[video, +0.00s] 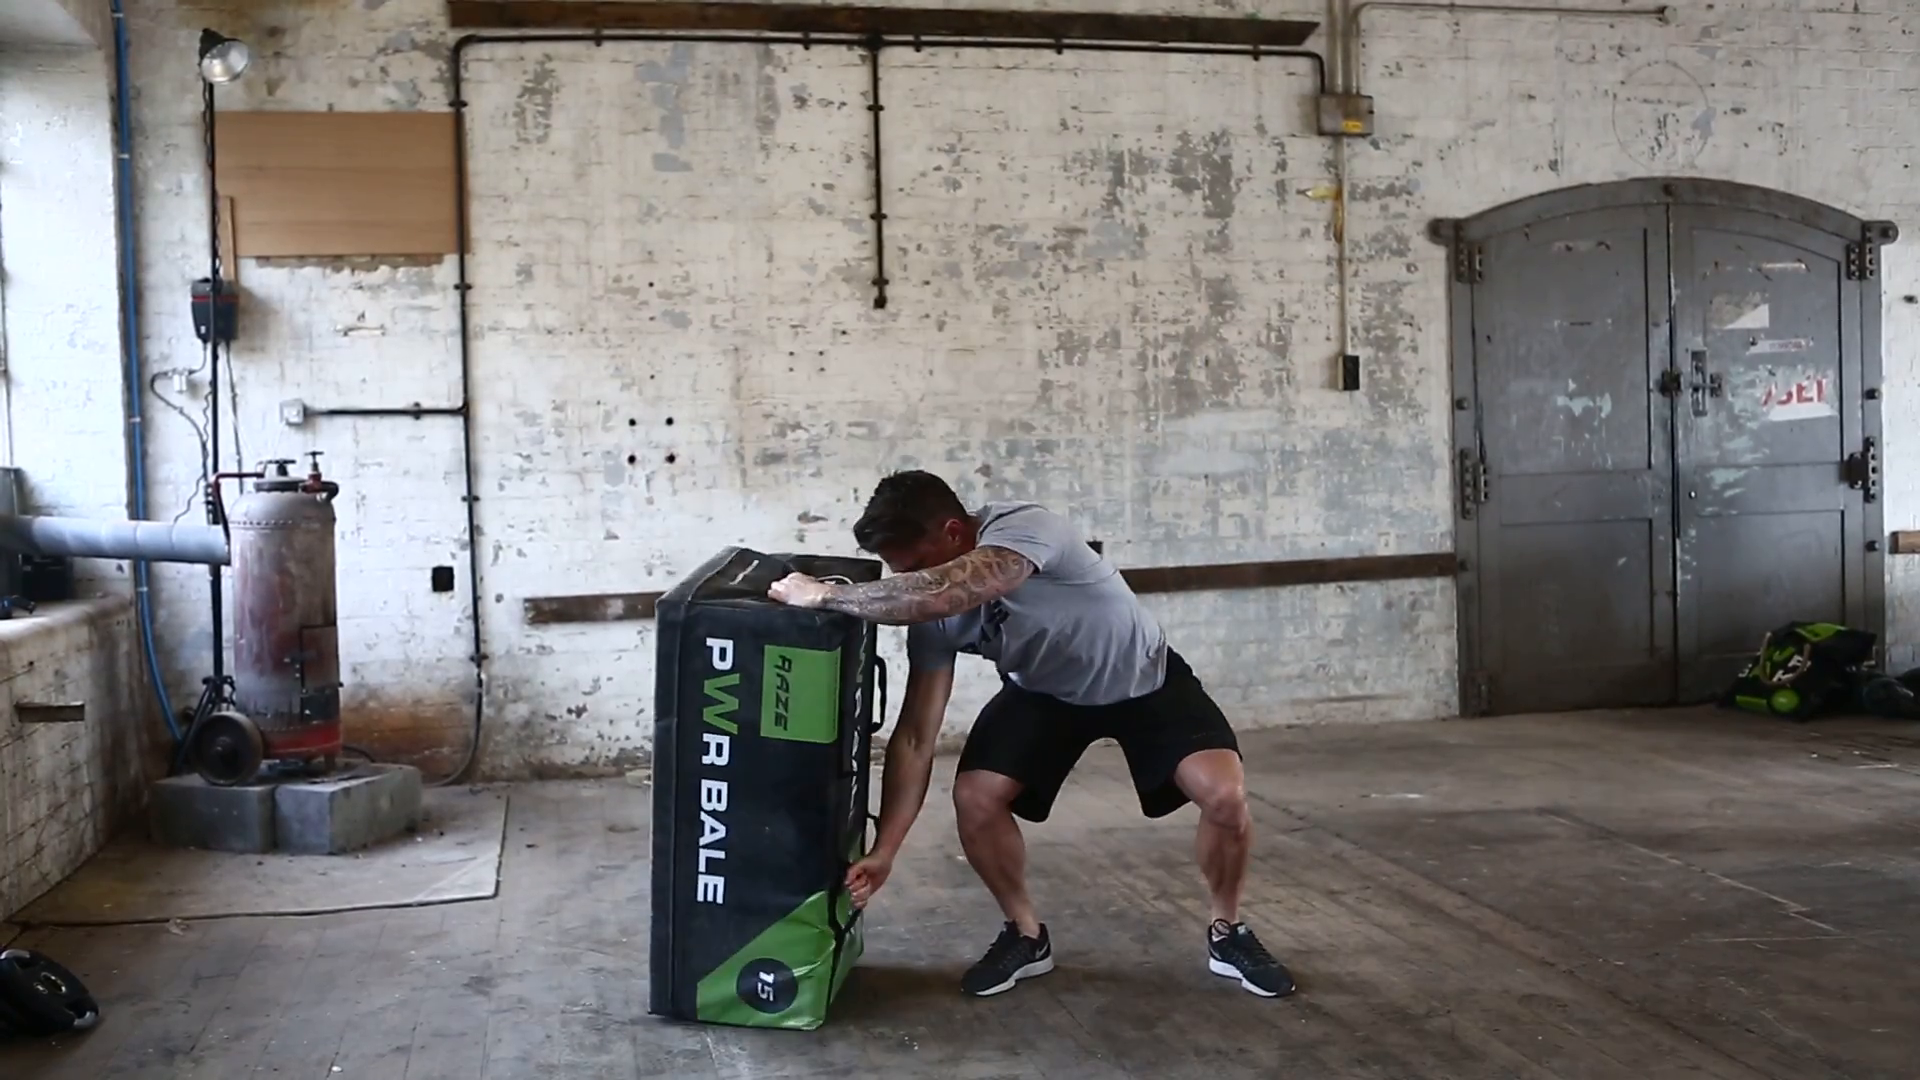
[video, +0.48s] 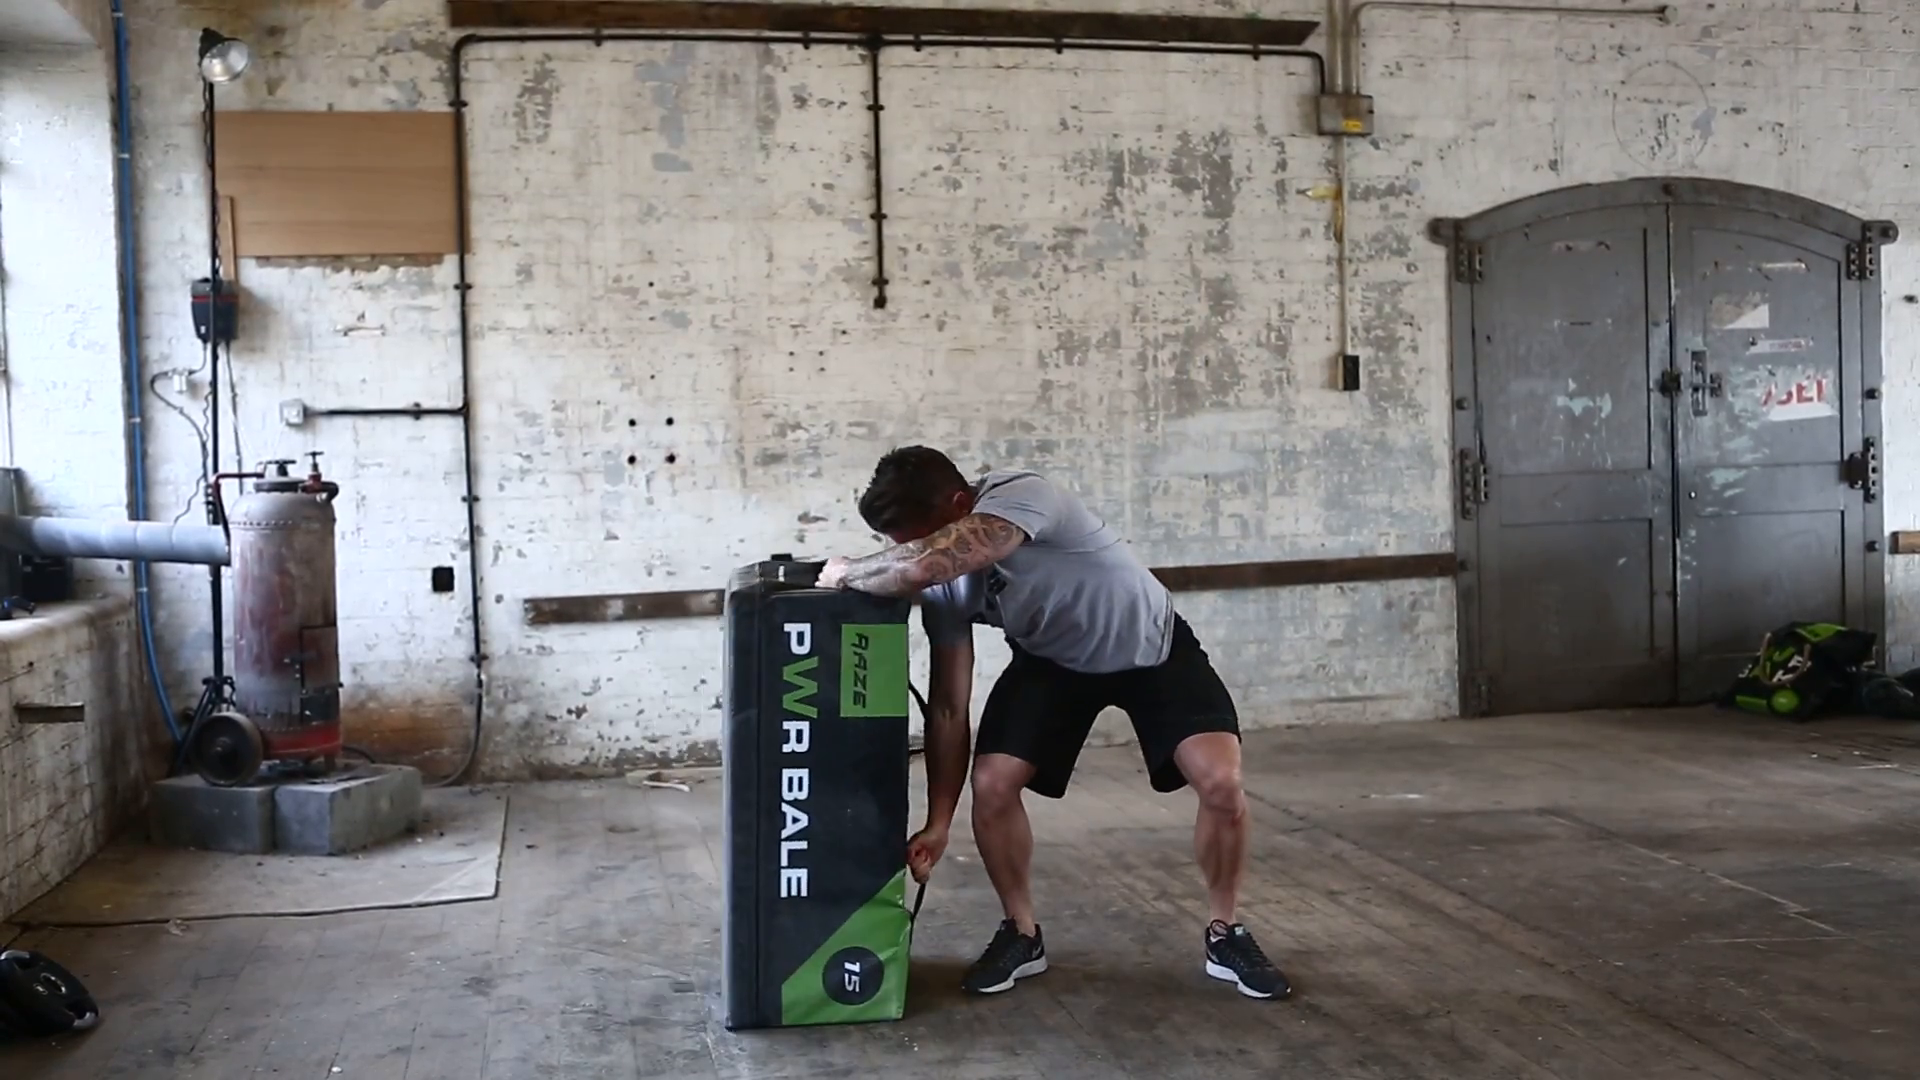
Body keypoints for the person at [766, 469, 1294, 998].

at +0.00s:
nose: (905, 582)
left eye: (909, 566)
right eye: (894, 572)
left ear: (954, 532)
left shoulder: (1030, 529)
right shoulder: (936, 613)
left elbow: (947, 597)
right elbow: (914, 737)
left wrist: (828, 594)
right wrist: (884, 851)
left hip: (1143, 675)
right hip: (1043, 693)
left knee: (1227, 796)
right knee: (976, 799)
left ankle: (1227, 932)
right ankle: (1026, 934)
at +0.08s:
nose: (911, 582)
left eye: (914, 567)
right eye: (900, 573)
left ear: (956, 536)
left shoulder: (1029, 529)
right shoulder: (937, 610)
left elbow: (939, 591)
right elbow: (915, 735)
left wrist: (823, 590)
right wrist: (880, 852)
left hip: (1145, 670)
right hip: (1044, 687)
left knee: (1231, 795)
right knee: (981, 798)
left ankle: (1229, 932)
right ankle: (1026, 934)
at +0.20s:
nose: (913, 576)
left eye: (916, 563)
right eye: (904, 569)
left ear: (954, 527)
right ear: (904, 562)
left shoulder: (1029, 524)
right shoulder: (938, 603)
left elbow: (923, 589)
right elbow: (919, 730)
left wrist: (823, 586)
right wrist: (885, 845)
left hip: (1146, 660)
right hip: (1047, 676)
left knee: (1231, 791)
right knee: (992, 796)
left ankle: (1230, 931)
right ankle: (1023, 934)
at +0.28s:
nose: (925, 565)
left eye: (928, 547)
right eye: (911, 558)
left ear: (956, 514)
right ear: (903, 550)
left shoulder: (1022, 513)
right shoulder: (936, 596)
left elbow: (917, 591)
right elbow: (928, 720)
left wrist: (836, 586)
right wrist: (897, 836)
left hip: (1146, 652)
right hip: (1048, 669)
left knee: (1229, 787)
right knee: (996, 793)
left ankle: (1230, 930)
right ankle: (1022, 932)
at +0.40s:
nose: (915, 556)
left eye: (921, 540)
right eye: (904, 546)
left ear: (956, 501)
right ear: (895, 528)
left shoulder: (1019, 497)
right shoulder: (939, 583)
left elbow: (919, 573)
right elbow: (946, 706)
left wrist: (839, 577)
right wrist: (928, 823)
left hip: (1148, 644)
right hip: (1048, 660)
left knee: (1225, 784)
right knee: (991, 786)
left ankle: (1229, 931)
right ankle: (1020, 934)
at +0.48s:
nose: (914, 551)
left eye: (922, 535)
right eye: (907, 542)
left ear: (958, 502)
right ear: (907, 536)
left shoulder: (1027, 496)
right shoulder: (939, 578)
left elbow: (931, 570)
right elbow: (948, 707)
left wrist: (850, 577)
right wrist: (936, 825)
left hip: (1152, 644)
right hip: (1050, 660)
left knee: (1222, 784)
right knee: (991, 786)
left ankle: (1225, 932)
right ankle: (1021, 932)